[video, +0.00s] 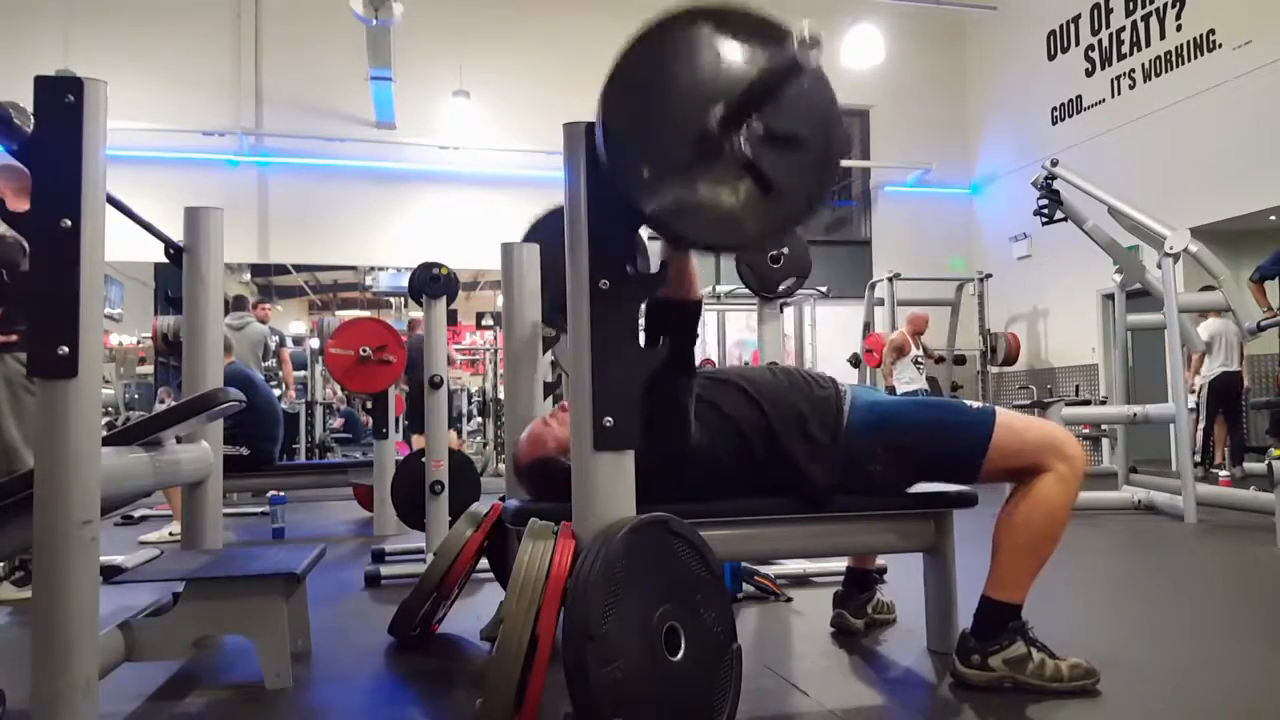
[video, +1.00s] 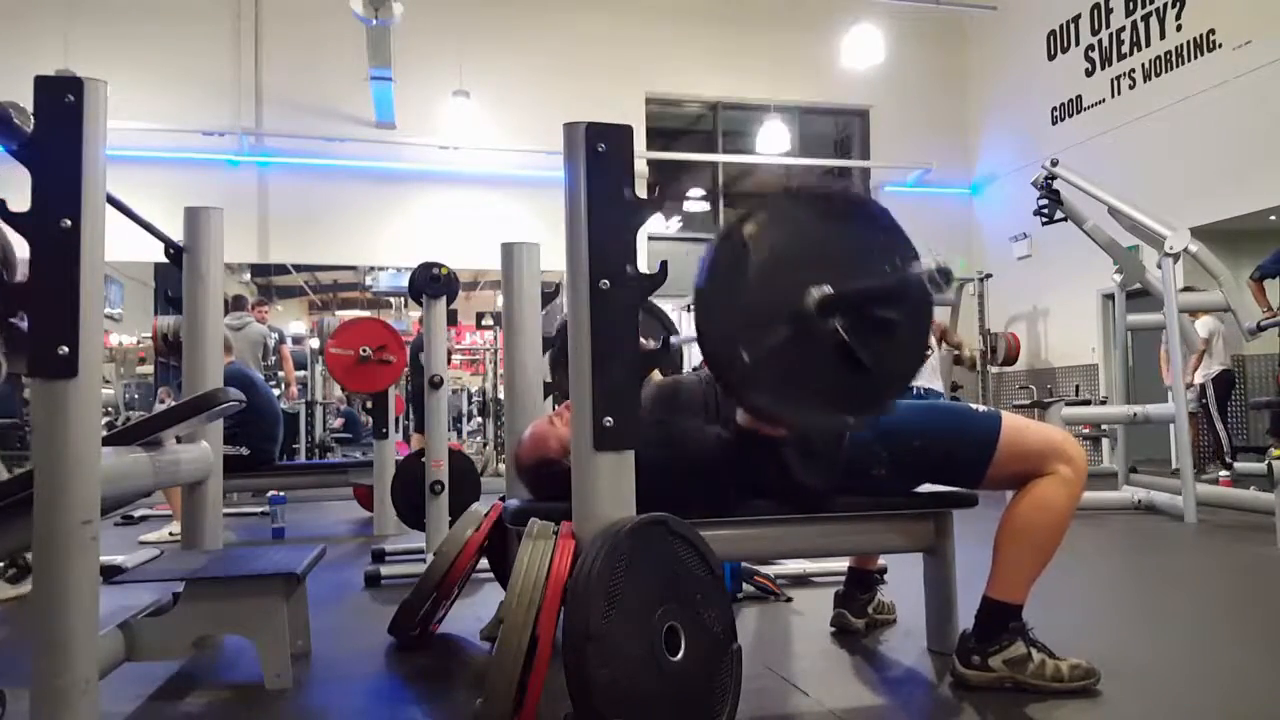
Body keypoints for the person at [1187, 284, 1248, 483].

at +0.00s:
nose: (1196, 310)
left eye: (1198, 306)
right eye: (1197, 306)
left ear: (1202, 308)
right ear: (1220, 306)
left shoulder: (1205, 327)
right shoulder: (1234, 326)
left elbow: (1198, 355)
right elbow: (1241, 354)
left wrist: (1191, 377)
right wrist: (1242, 375)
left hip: (1214, 378)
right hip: (1235, 376)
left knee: (1206, 422)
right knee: (1235, 423)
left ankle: (1201, 462)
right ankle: (1237, 464)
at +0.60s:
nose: (1196, 312)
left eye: (1196, 307)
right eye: (1195, 308)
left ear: (1203, 306)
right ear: (1213, 303)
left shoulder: (1213, 324)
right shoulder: (1229, 323)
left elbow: (1210, 351)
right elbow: (1237, 352)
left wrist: (1197, 375)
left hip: (1218, 376)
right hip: (1233, 374)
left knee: (1221, 421)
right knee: (1231, 420)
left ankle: (1230, 464)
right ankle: (1235, 462)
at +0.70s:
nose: (1193, 313)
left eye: (1193, 308)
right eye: (1192, 308)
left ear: (1200, 307)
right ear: (1211, 303)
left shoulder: (1210, 323)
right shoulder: (1228, 323)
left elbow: (1208, 350)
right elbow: (1237, 353)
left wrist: (1194, 373)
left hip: (1216, 376)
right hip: (1231, 374)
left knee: (1220, 422)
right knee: (1226, 420)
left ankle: (1230, 465)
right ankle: (1234, 462)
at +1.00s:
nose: (1186, 313)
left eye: (1186, 309)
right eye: (1185, 309)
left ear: (1193, 307)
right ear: (1201, 305)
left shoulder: (1203, 323)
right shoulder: (1214, 321)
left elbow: (1200, 351)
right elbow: (1213, 353)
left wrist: (1189, 374)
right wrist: (1198, 376)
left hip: (1212, 375)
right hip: (1223, 373)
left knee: (1216, 420)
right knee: (1217, 420)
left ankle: (1226, 462)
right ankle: (1221, 460)